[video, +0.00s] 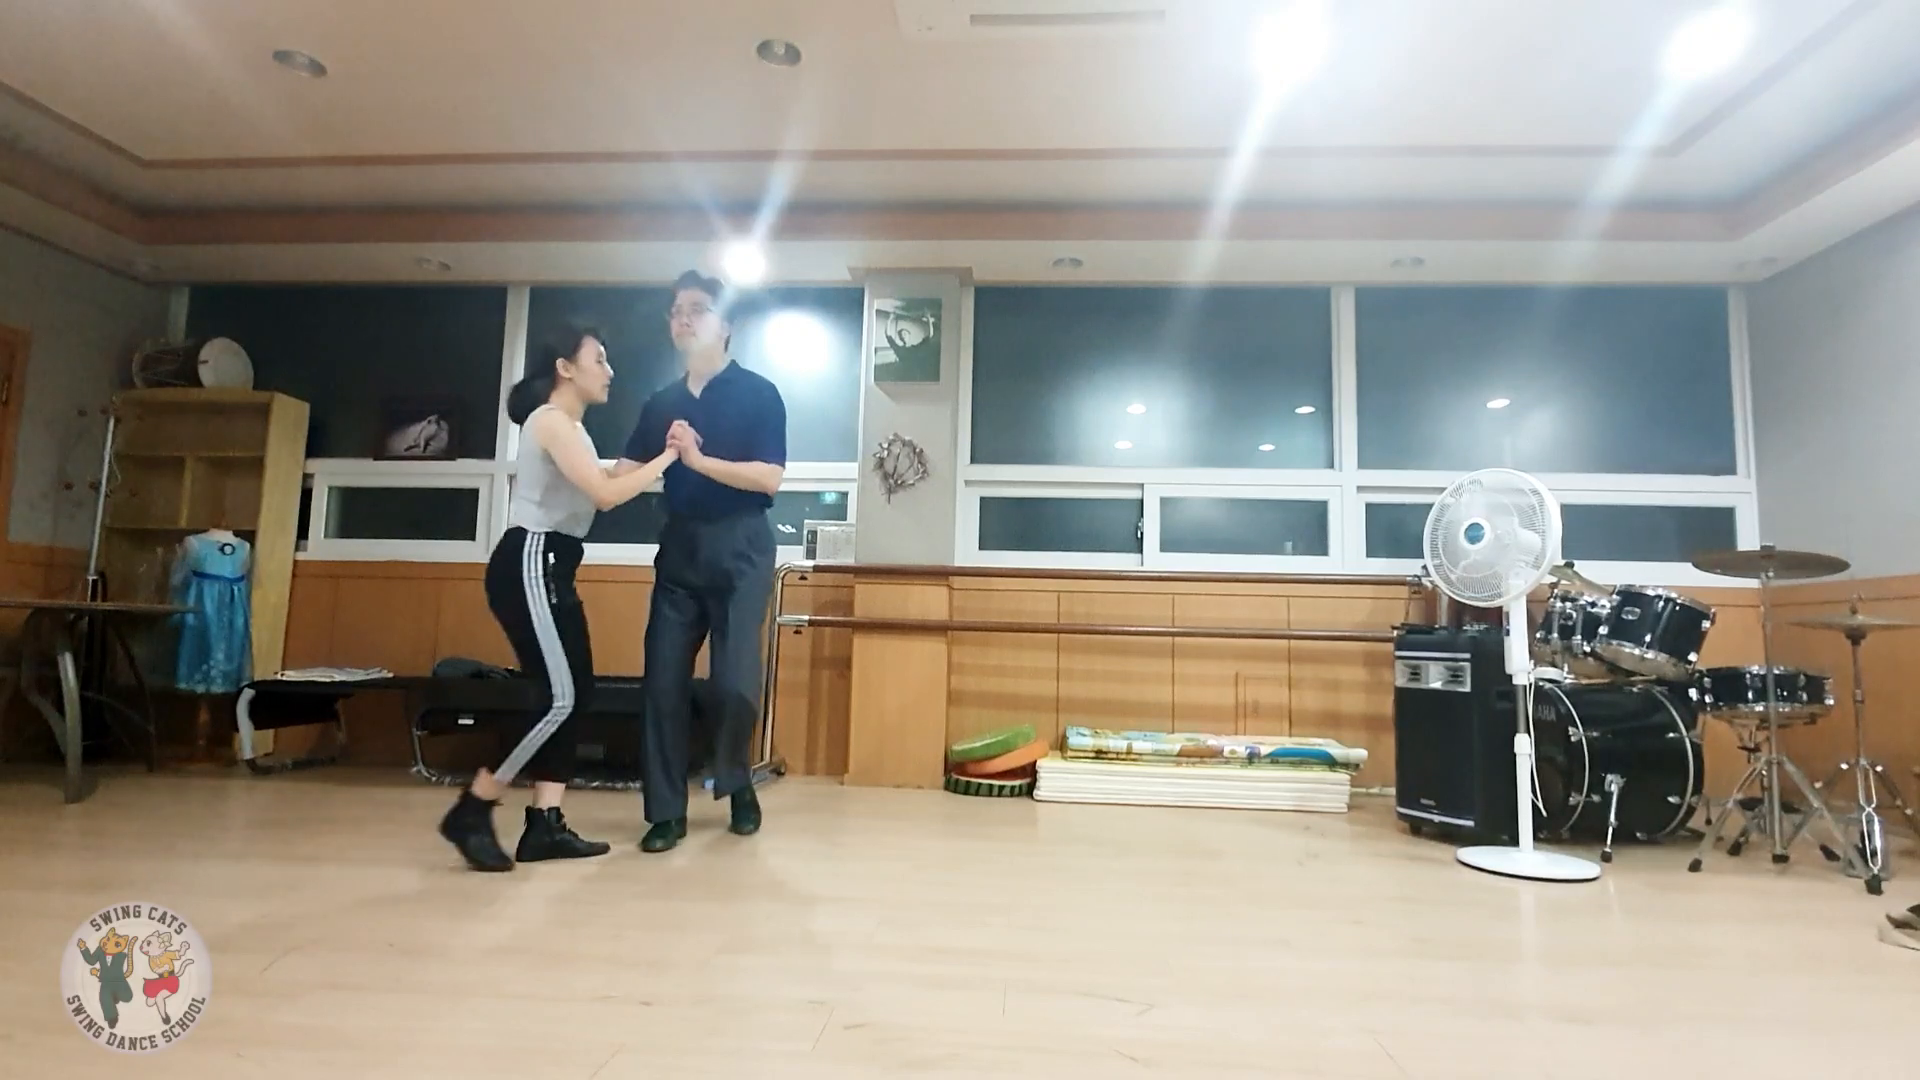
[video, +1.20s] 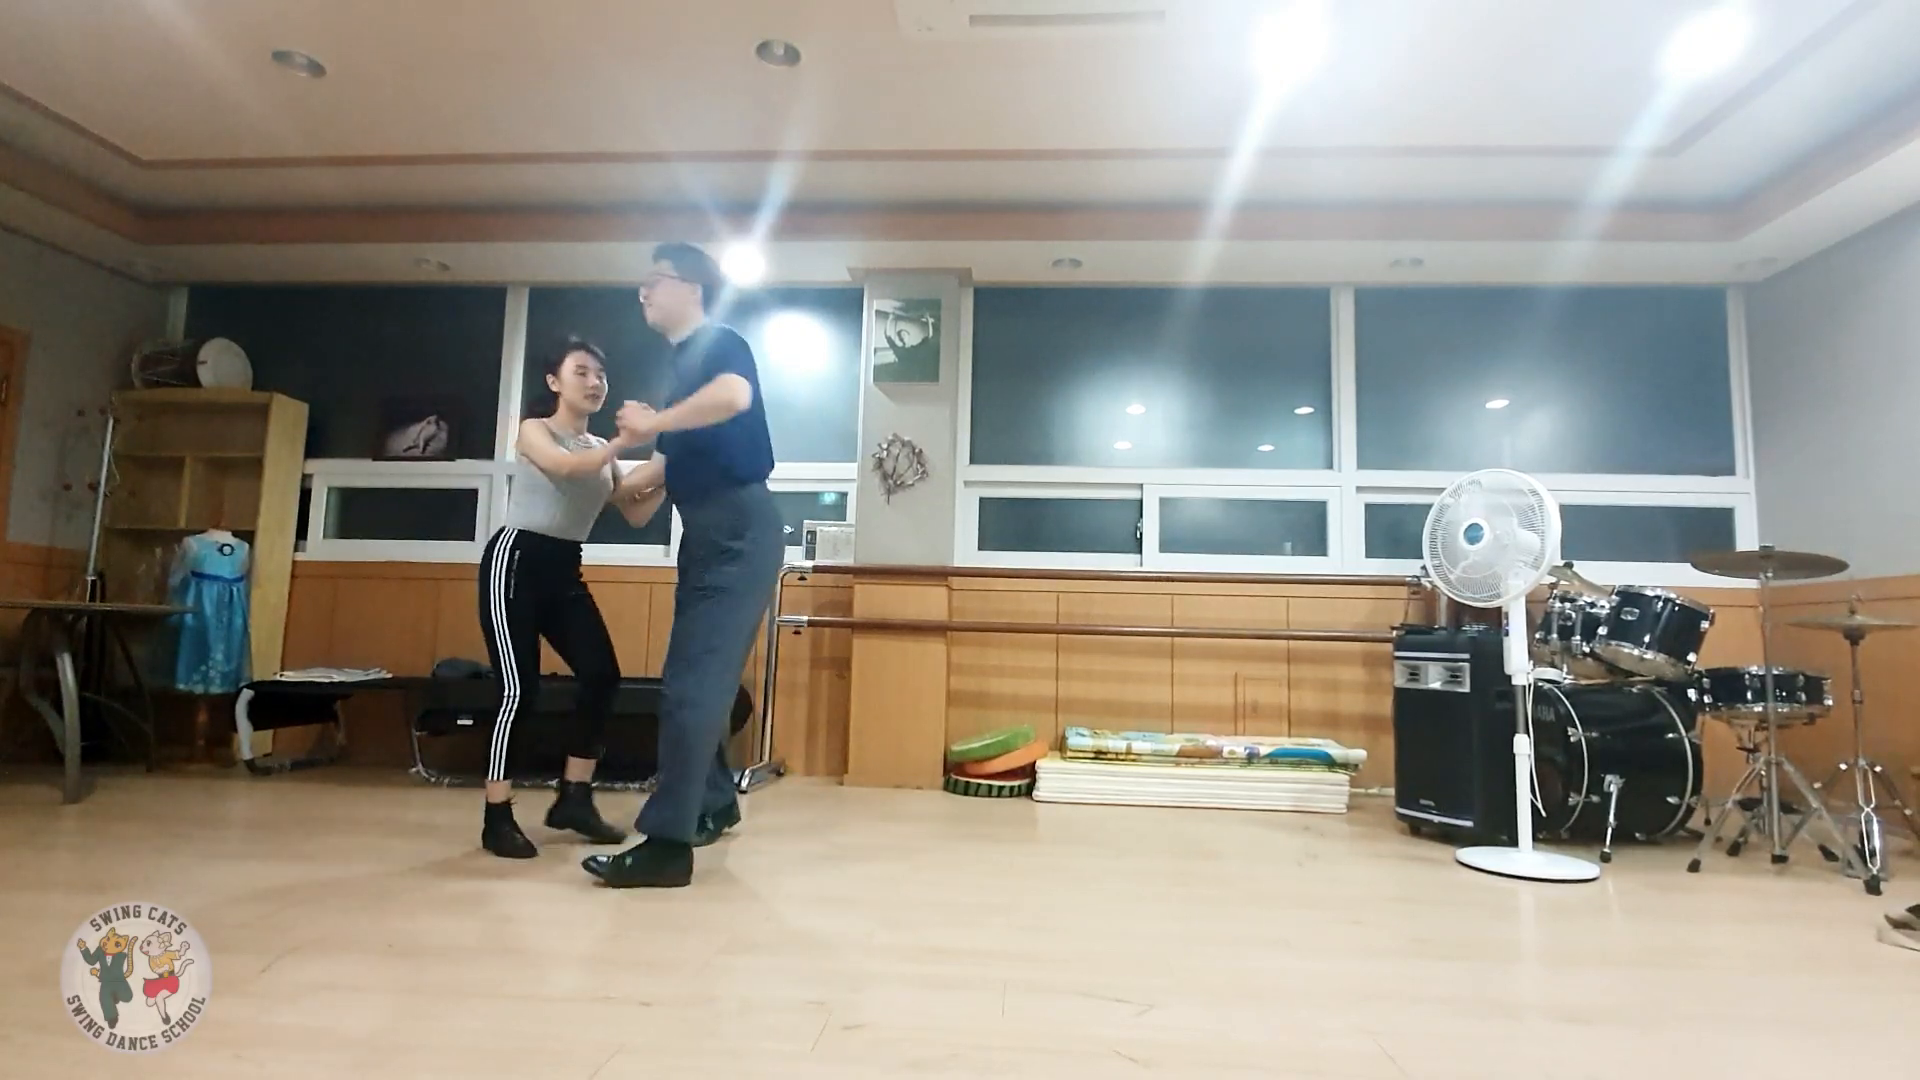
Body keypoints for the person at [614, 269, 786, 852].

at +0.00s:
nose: (680, 319)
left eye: (695, 311)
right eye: (676, 311)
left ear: (725, 323)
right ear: (671, 323)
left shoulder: (759, 393)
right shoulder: (662, 403)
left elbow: (770, 479)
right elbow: (629, 474)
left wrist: (697, 459)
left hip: (743, 549)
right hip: (680, 551)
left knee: (736, 685)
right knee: (663, 684)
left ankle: (738, 783)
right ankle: (665, 815)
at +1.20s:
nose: (643, 296)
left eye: (653, 284)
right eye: (644, 287)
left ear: (691, 288)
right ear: (677, 294)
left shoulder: (718, 341)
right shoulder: (684, 365)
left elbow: (734, 395)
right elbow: (690, 461)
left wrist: (656, 423)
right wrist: (638, 483)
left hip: (737, 524)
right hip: (709, 527)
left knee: (692, 680)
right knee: (695, 677)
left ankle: (668, 845)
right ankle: (715, 799)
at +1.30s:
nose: (622, 285)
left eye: (634, 272)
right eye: (625, 274)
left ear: (671, 280)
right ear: (668, 284)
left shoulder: (692, 329)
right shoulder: (683, 343)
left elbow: (679, 375)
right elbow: (716, 448)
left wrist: (609, 412)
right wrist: (649, 484)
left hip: (717, 521)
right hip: (716, 520)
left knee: (672, 676)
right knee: (710, 668)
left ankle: (664, 846)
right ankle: (721, 794)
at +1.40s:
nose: (609, 278)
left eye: (617, 267)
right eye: (613, 267)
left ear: (642, 274)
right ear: (663, 280)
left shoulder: (650, 317)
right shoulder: (682, 330)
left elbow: (615, 360)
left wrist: (577, 405)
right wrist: (605, 410)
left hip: (688, 520)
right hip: (724, 515)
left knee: (650, 680)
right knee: (728, 670)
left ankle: (661, 849)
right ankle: (755, 802)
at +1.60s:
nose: (607, 277)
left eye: (606, 267)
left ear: (605, 270)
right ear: (664, 275)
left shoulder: (584, 315)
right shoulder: (690, 346)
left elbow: (511, 358)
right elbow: (711, 446)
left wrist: (539, 429)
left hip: (630, 497)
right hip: (700, 498)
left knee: (610, 678)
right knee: (714, 678)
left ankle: (653, 850)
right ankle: (753, 821)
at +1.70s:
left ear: (596, 261)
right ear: (657, 272)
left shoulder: (560, 308)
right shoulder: (688, 342)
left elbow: (475, 359)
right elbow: (721, 447)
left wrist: (513, 415)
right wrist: (731, 472)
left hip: (602, 495)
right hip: (681, 500)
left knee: (599, 680)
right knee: (676, 679)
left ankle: (639, 845)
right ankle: (661, 824)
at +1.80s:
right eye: (645, 262)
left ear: (585, 260)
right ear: (648, 268)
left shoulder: (543, 309)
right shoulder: (680, 336)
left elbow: (449, 362)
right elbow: (720, 436)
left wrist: (508, 419)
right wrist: (753, 481)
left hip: (573, 489)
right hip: (656, 493)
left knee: (582, 674)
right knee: (639, 667)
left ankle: (631, 846)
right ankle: (561, 843)